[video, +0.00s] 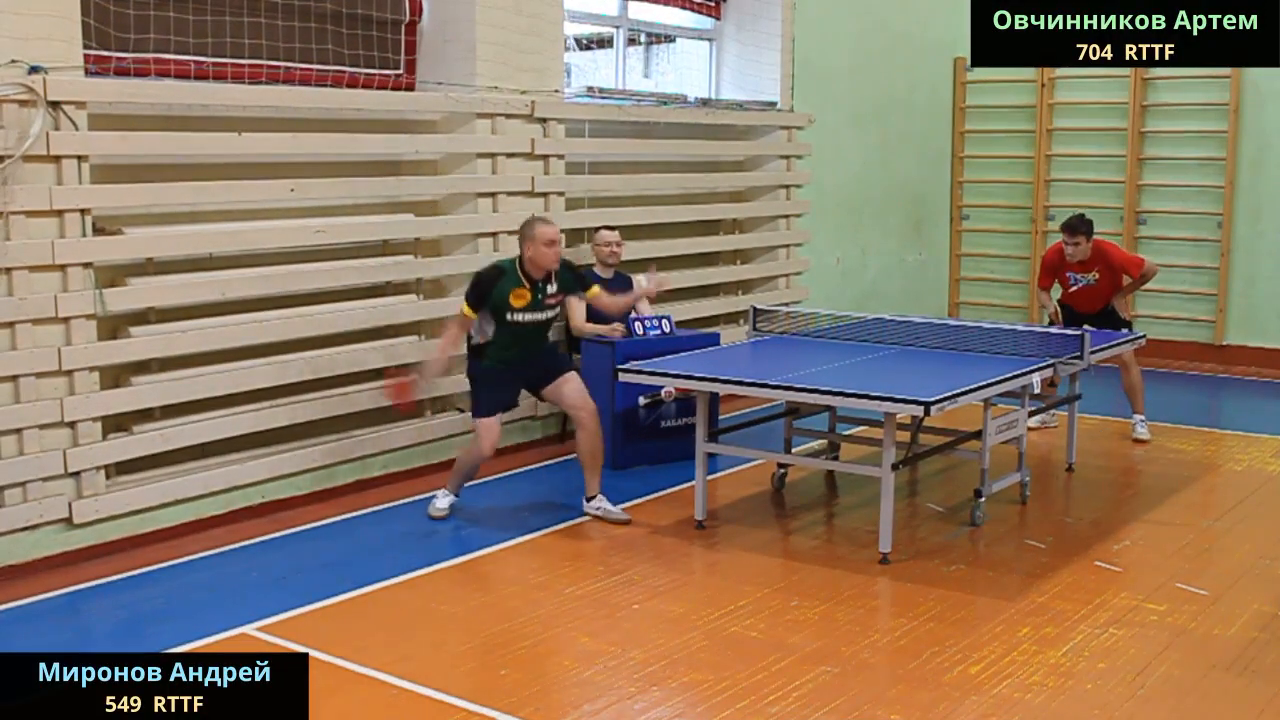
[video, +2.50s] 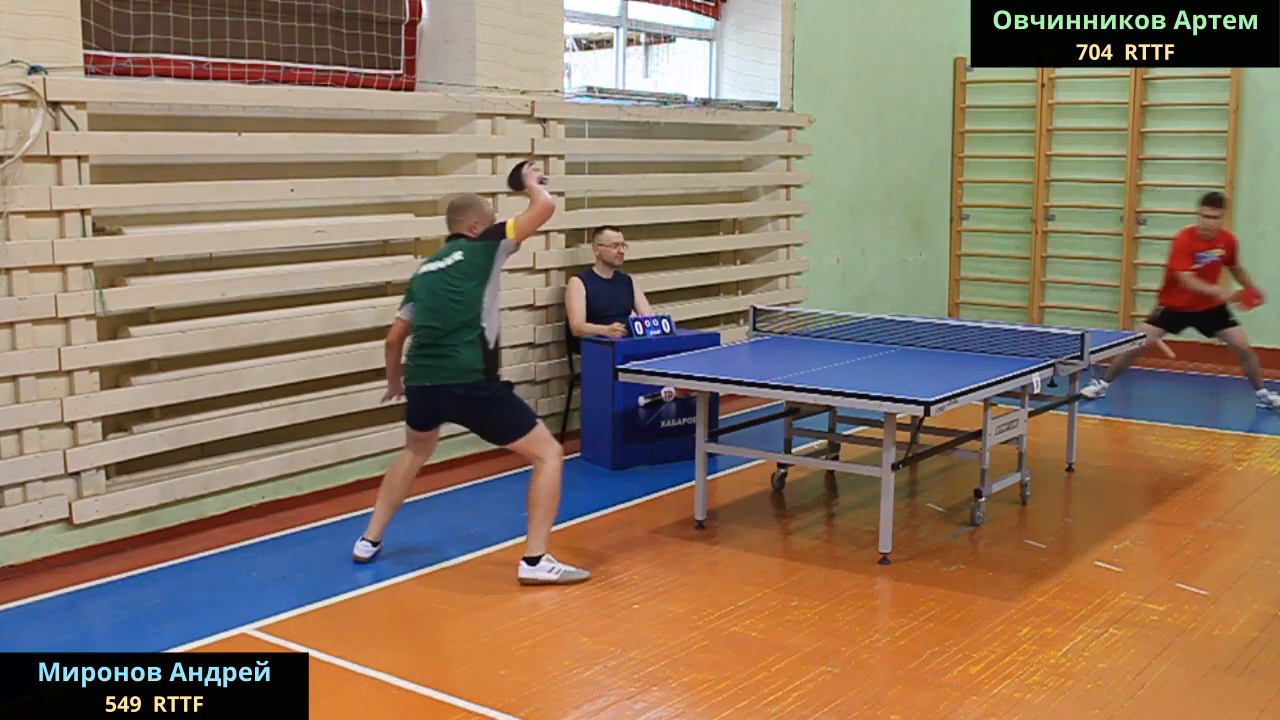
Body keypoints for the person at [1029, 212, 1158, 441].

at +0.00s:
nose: (1069, 250)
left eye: (1075, 245)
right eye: (1065, 244)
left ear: (1090, 241)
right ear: (1061, 240)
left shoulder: (1108, 253)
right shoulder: (1053, 257)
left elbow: (1150, 270)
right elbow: (1043, 289)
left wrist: (1122, 295)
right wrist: (1050, 307)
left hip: (1107, 311)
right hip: (1071, 312)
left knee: (1127, 358)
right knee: (1049, 356)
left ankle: (1139, 419)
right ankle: (1048, 411)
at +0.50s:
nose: (1079, 217)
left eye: (1086, 211)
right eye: (1076, 210)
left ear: (1100, 210)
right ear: (1072, 209)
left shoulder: (1118, 233)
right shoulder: (1062, 236)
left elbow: (1150, 257)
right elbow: (1048, 269)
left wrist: (1128, 291)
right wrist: (1053, 285)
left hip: (1112, 309)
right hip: (1074, 310)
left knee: (1134, 358)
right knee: (1050, 359)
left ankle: (1142, 421)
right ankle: (1047, 411)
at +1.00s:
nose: (1051, 230)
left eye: (1058, 225)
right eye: (1049, 223)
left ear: (1072, 221)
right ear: (1045, 219)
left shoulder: (1092, 239)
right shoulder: (1038, 238)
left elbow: (1129, 261)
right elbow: (1000, 254)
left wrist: (1146, 296)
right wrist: (1003, 274)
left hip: (1097, 316)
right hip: (1057, 315)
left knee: (1121, 363)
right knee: (1018, 356)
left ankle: (1152, 418)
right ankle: (1017, 414)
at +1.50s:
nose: (1056, 199)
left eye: (1063, 193)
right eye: (1052, 192)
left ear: (1074, 193)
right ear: (1047, 189)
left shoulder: (1085, 215)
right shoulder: (1031, 210)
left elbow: (1099, 247)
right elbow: (1002, 237)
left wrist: (1111, 279)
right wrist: (1015, 243)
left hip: (1077, 289)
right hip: (1041, 290)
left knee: (1100, 343)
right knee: (1023, 344)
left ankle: (1119, 398)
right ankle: (1015, 404)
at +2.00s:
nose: (1119, 187)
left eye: (1125, 181)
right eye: (1116, 180)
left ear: (1138, 181)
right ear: (1112, 180)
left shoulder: (1154, 208)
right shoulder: (1098, 209)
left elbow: (1167, 238)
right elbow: (1081, 240)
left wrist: (1174, 265)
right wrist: (1085, 257)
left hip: (1144, 281)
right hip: (1109, 280)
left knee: (1155, 333)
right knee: (1093, 329)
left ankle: (1156, 388)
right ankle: (1089, 373)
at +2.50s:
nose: (1208, 222)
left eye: (1214, 217)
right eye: (1204, 216)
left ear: (1222, 218)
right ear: (1197, 215)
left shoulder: (1227, 241)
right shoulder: (1183, 240)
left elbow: (1234, 267)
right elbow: (1185, 279)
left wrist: (1251, 288)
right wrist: (1222, 293)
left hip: (1210, 307)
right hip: (1175, 307)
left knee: (1243, 346)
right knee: (1137, 343)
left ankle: (1262, 394)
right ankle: (1102, 384)